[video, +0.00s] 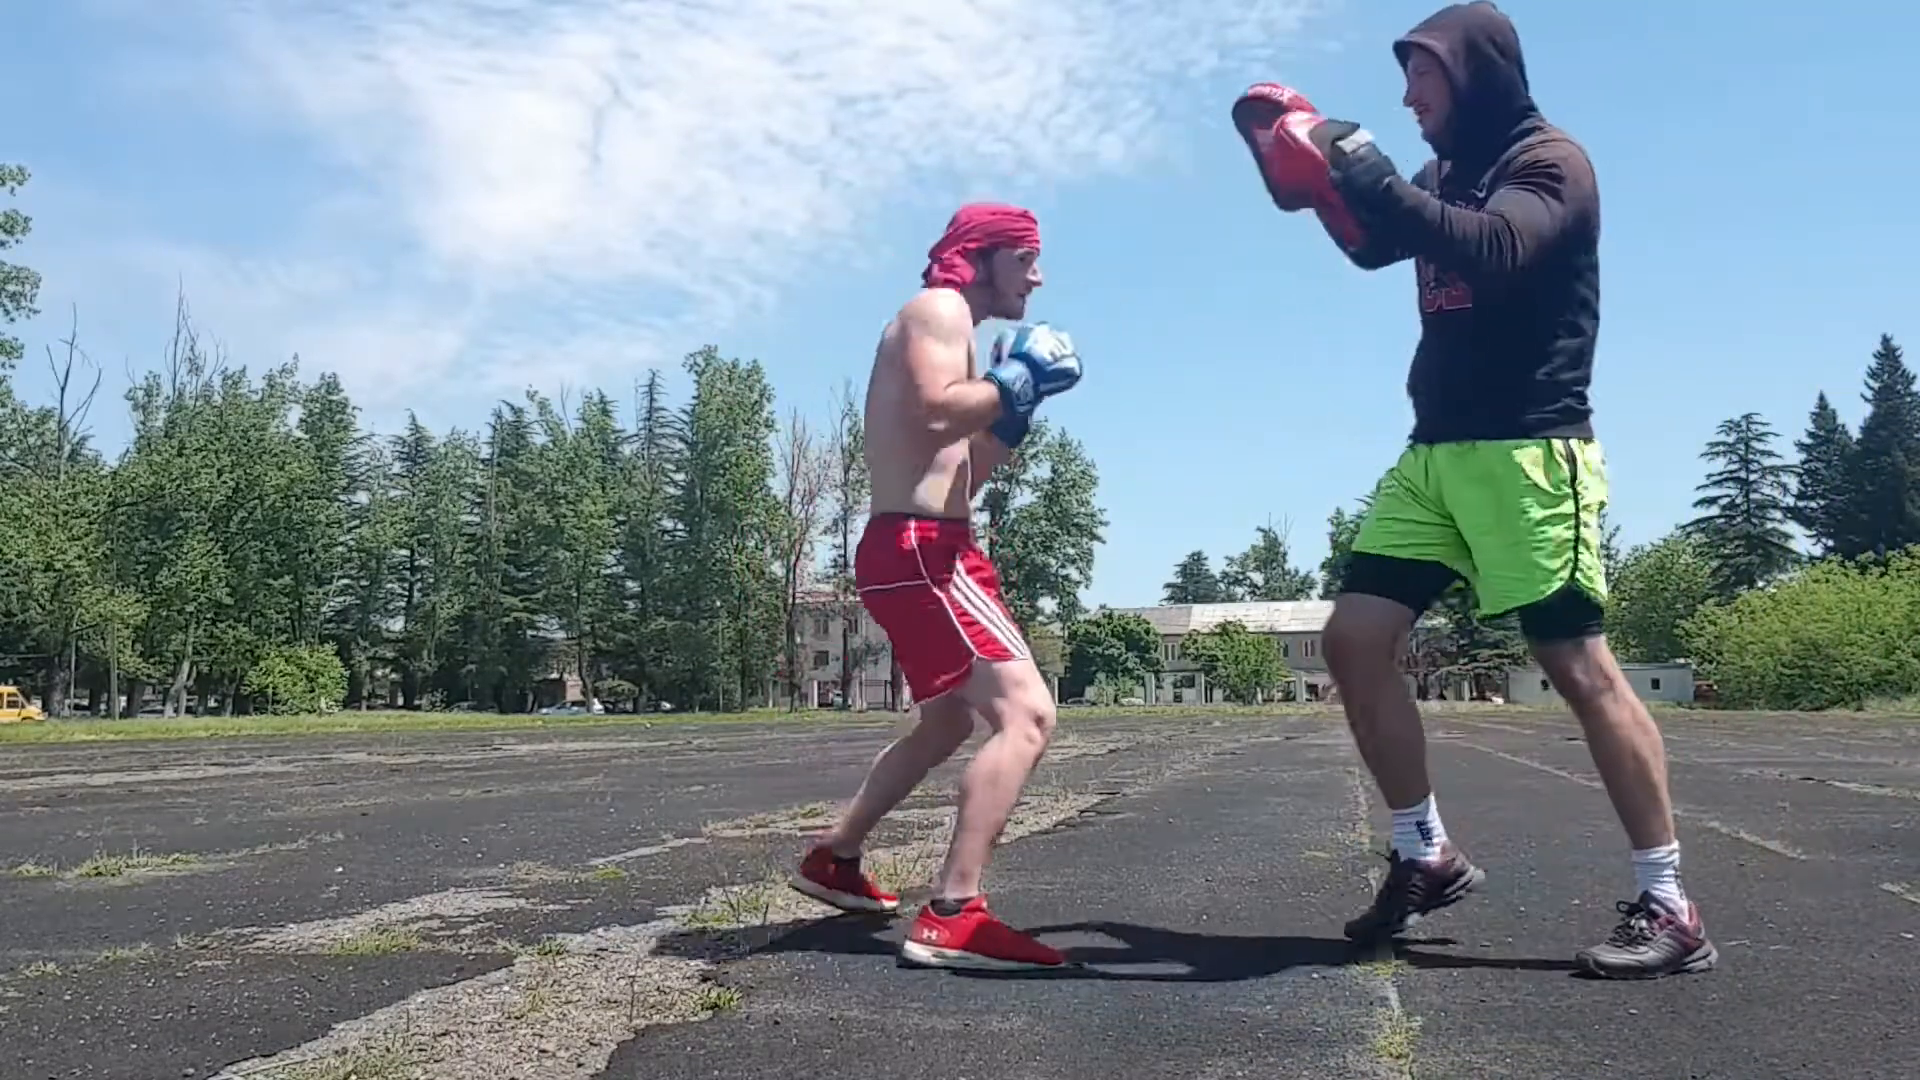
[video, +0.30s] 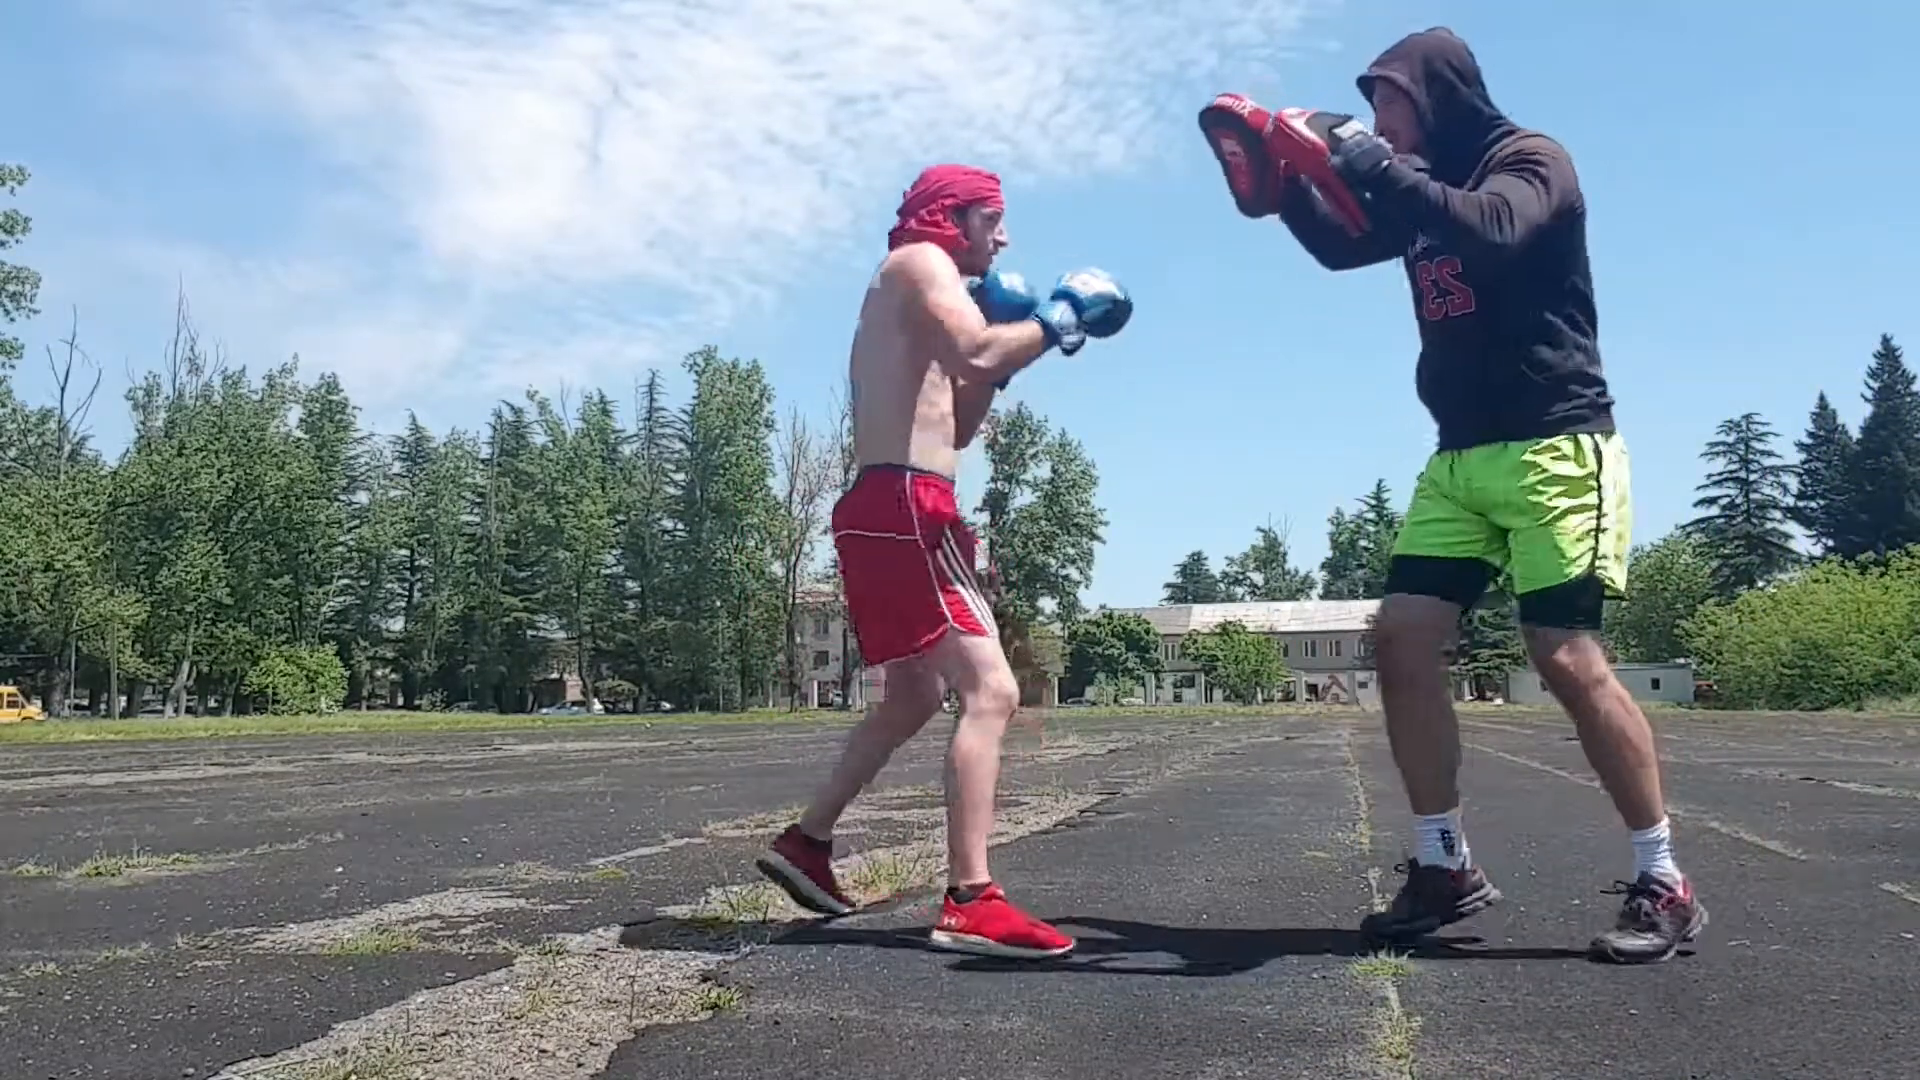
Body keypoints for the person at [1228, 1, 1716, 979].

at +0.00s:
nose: (1410, 91)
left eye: (1422, 71)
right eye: (1407, 74)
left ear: (1475, 72)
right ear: (1433, 83)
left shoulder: (1551, 161)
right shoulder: (1441, 175)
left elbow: (1494, 250)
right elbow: (1370, 244)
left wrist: (1368, 170)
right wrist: (1302, 155)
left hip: (1533, 455)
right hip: (1434, 456)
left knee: (1583, 671)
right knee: (1357, 643)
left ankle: (1668, 904)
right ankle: (1424, 857)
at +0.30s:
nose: (1374, 116)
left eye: (1385, 96)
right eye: (1372, 100)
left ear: (1440, 93)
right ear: (1416, 102)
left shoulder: (1533, 157)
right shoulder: (1416, 184)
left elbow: (1496, 229)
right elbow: (1343, 241)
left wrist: (1369, 158)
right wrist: (1284, 182)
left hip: (1558, 451)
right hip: (1459, 461)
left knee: (1568, 657)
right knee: (1402, 643)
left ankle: (1665, 885)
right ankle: (1444, 871)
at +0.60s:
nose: (1378, 138)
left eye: (1392, 121)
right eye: (1375, 124)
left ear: (1442, 124)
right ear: (1392, 137)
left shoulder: (1517, 198)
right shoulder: (1401, 219)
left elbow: (1505, 270)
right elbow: (1306, 268)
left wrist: (1398, 215)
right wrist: (1258, 191)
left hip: (1537, 477)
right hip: (1441, 487)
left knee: (1592, 668)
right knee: (1424, 668)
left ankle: (1661, 884)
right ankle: (1476, 876)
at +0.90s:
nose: (1430, 144)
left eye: (1448, 129)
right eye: (1425, 133)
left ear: (1492, 137)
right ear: (1423, 146)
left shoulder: (1541, 213)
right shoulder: (1425, 218)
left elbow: (1531, 269)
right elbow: (1337, 250)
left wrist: (1429, 188)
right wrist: (1293, 184)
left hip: (1519, 477)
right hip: (1434, 477)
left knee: (1542, 668)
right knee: (1428, 664)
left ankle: (1631, 843)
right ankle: (1470, 868)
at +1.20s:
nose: (1461, 154)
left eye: (1479, 142)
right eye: (1452, 145)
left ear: (1516, 159)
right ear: (1439, 166)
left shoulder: (1563, 235)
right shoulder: (1441, 257)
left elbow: (1636, 271)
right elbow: (1374, 345)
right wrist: (1323, 330)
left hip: (1544, 487)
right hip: (1451, 486)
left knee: (1589, 673)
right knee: (1389, 646)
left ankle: (1629, 856)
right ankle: (1442, 804)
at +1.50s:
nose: (1446, 191)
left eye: (1462, 179)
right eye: (1433, 181)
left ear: (1492, 190)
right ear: (1415, 195)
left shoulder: (1533, 267)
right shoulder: (1392, 272)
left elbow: (1630, 361)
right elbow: (1318, 313)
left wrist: (1612, 305)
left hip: (1518, 502)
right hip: (1420, 509)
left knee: (1551, 671)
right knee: (1432, 689)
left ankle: (1607, 851)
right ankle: (1450, 847)